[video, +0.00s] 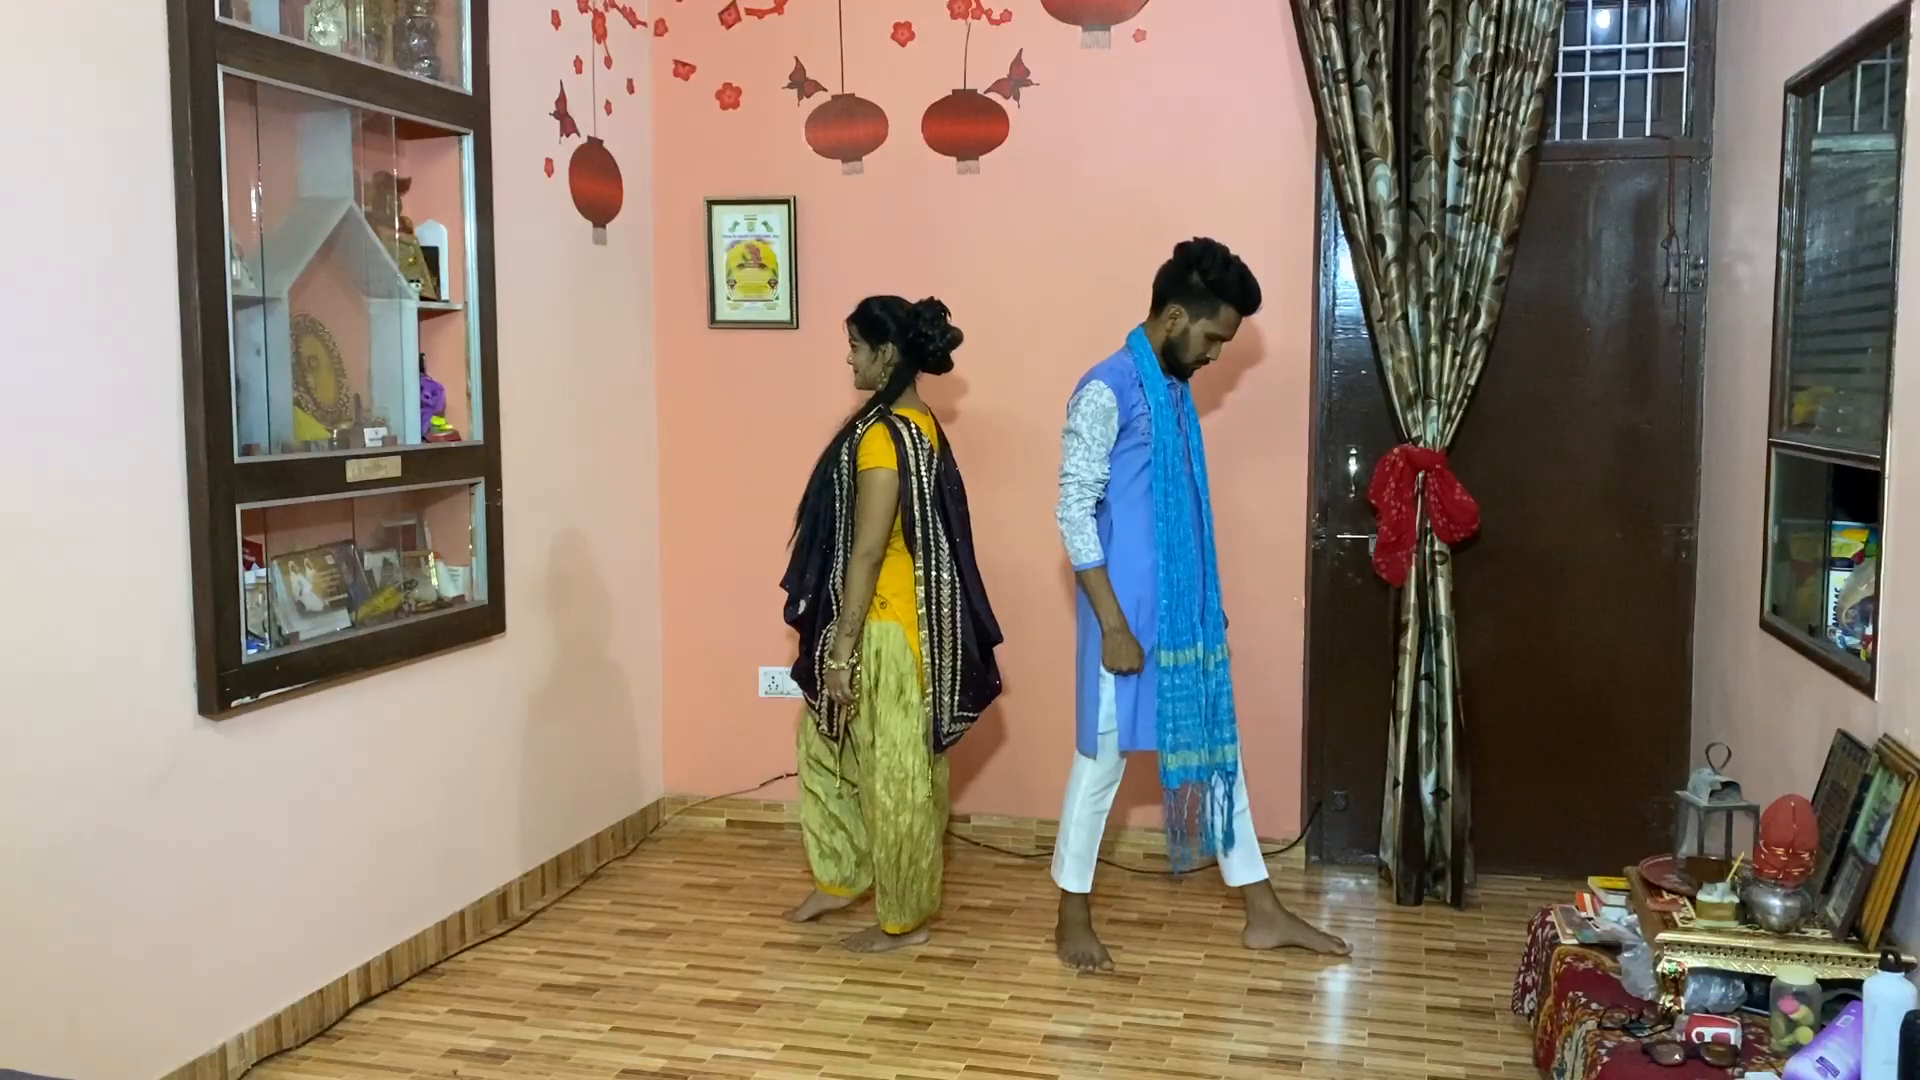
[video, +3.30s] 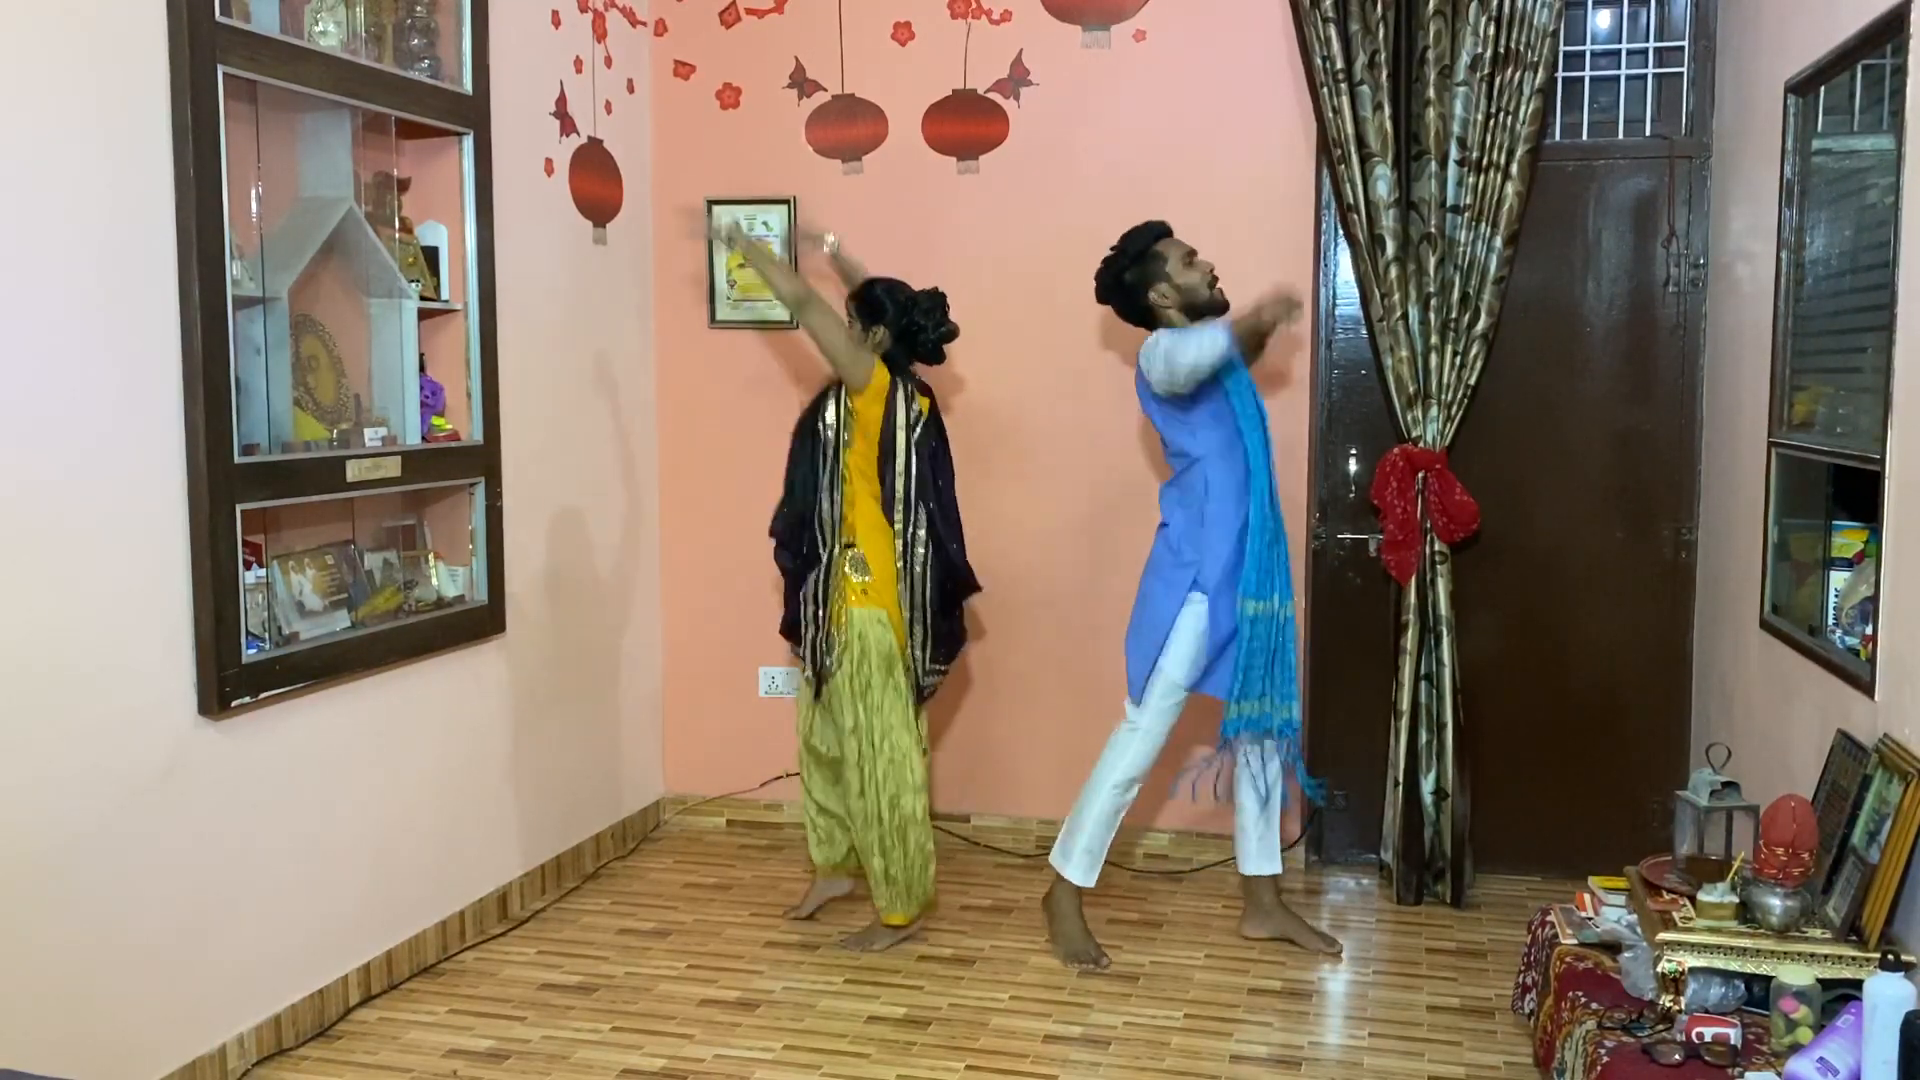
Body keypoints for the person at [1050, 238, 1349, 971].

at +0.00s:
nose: (1217, 352)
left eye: (1225, 339)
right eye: (1214, 336)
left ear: (1196, 320)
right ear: (1172, 312)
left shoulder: (1173, 390)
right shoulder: (1105, 393)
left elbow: (1177, 516)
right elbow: (1075, 515)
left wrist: (1204, 608)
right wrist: (1113, 623)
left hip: (1186, 606)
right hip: (1123, 607)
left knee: (1214, 747)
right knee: (1102, 757)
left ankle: (1263, 908)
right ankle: (1073, 915)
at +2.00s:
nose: (1219, 352)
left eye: (1227, 339)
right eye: (1215, 336)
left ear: (1195, 320)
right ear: (1174, 311)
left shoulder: (1172, 391)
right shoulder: (1106, 392)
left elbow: (1170, 515)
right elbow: (1077, 514)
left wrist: (1195, 606)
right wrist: (1116, 623)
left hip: (1184, 603)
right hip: (1123, 604)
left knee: (1214, 743)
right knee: (1103, 753)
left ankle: (1263, 908)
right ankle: (1072, 914)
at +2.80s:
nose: (1232, 302)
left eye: (1225, 288)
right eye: (1216, 290)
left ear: (1181, 313)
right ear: (1173, 311)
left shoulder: (1188, 401)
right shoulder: (1135, 402)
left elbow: (1189, 502)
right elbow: (1111, 506)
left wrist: (1240, 546)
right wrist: (1215, 552)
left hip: (1196, 616)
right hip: (1140, 619)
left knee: (1277, 733)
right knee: (1136, 767)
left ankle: (1270, 908)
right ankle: (1078, 918)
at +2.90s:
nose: (1218, 272)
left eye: (1209, 260)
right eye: (1201, 264)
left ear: (1182, 289)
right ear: (1167, 290)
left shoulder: (1205, 378)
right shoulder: (1146, 368)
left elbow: (1258, 405)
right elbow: (1165, 376)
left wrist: (1263, 389)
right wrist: (1227, 373)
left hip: (1220, 589)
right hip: (1157, 588)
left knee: (1275, 731)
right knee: (1132, 752)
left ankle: (1271, 905)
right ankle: (1073, 907)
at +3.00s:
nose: (1205, 255)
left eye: (1198, 246)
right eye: (1190, 248)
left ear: (1175, 270)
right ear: (1155, 269)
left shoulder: (1201, 321)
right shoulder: (1158, 326)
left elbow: (1234, 225)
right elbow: (1177, 230)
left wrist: (1288, 157)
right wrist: (1255, 129)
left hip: (1230, 540)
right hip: (1170, 539)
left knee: (1253, 700)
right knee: (1131, 707)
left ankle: (1278, 880)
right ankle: (1075, 885)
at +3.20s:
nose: (1202, 251)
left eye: (1192, 242)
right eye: (1183, 245)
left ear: (1164, 274)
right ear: (1155, 274)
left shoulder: (1219, 325)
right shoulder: (1173, 336)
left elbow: (1241, 247)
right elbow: (1191, 247)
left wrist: (1266, 171)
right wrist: (1247, 161)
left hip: (1250, 557)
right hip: (1193, 558)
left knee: (1258, 714)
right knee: (1144, 718)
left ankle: (1268, 890)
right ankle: (1076, 890)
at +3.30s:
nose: (1206, 262)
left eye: (1196, 253)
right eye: (1189, 260)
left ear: (1180, 287)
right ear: (1162, 293)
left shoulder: (1207, 346)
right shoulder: (1164, 353)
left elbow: (1244, 345)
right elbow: (1198, 350)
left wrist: (1267, 323)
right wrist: (1254, 322)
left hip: (1254, 568)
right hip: (1200, 571)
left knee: (1260, 725)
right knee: (1147, 728)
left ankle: (1264, 898)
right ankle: (1064, 890)